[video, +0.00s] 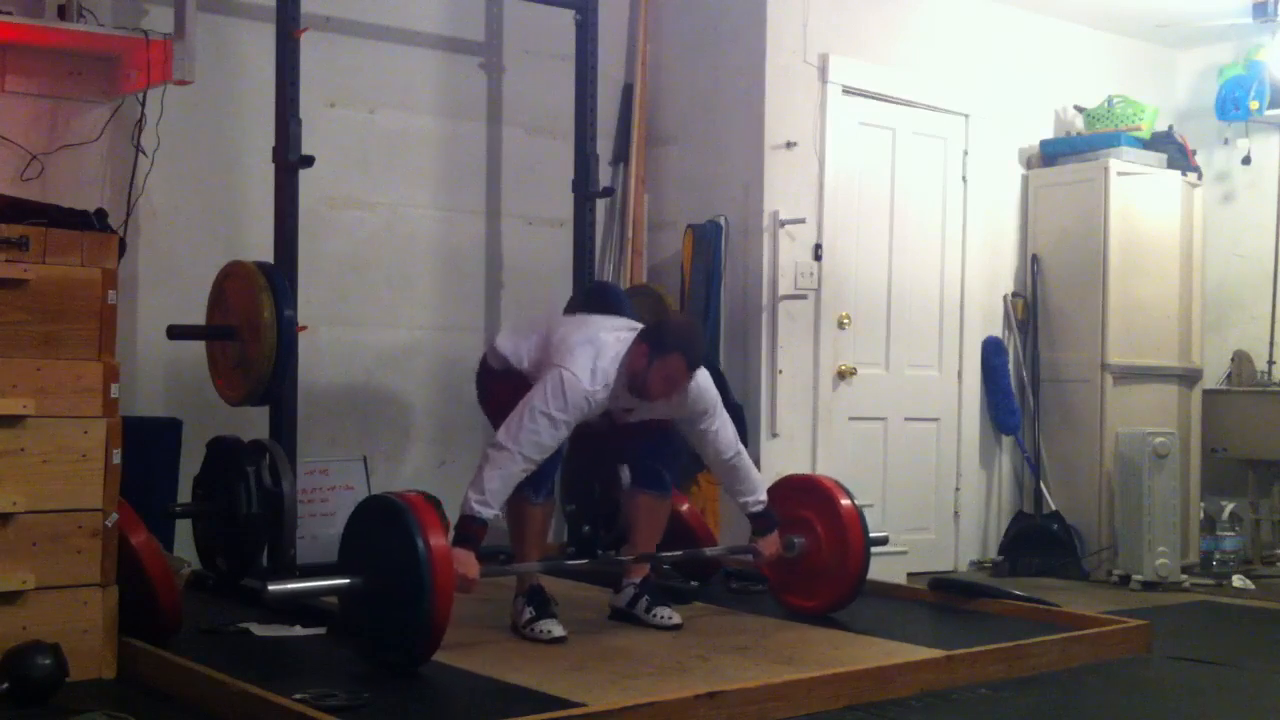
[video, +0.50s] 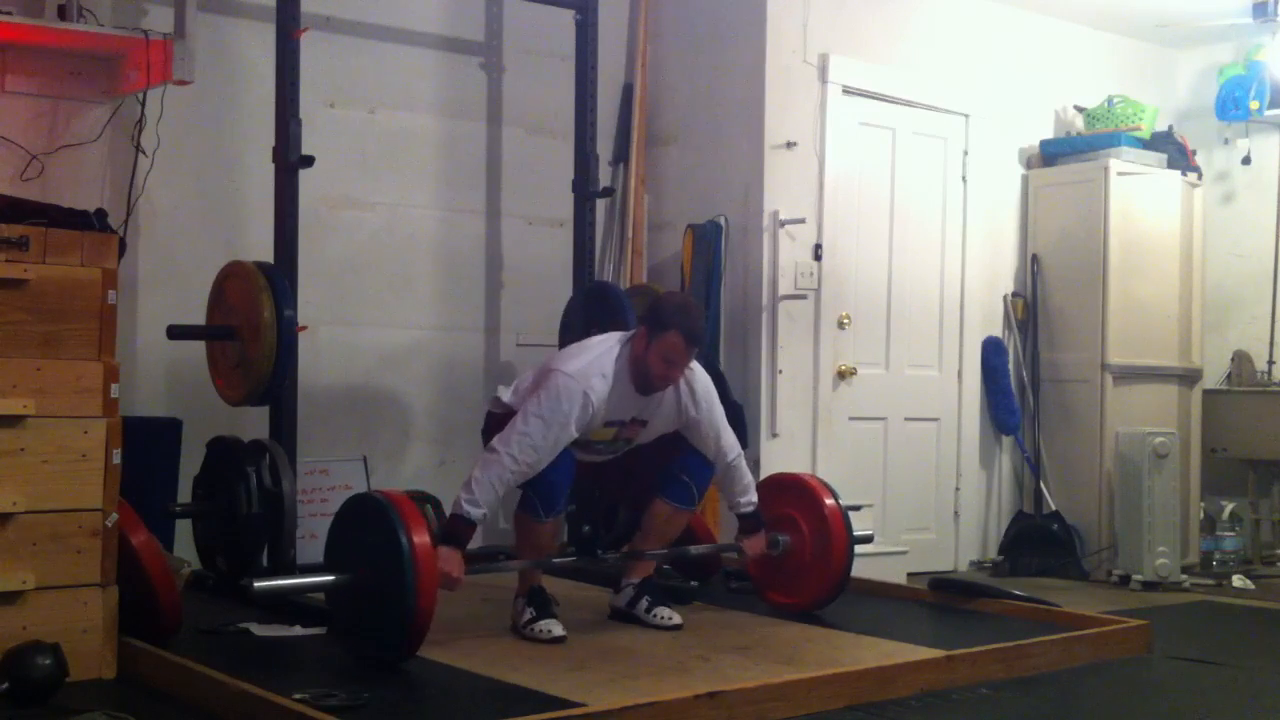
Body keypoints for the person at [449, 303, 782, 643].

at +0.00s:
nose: (672, 392)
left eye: (681, 383)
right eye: (668, 379)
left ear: (691, 376)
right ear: (641, 355)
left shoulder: (692, 387)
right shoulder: (581, 374)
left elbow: (728, 452)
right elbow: (511, 449)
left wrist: (766, 526)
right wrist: (466, 540)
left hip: (589, 399)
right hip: (513, 376)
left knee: (659, 452)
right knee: (540, 456)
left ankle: (633, 589)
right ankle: (529, 595)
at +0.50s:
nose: (673, 376)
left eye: (683, 366)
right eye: (666, 362)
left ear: (693, 358)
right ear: (640, 339)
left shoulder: (691, 383)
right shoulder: (580, 378)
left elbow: (726, 450)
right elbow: (509, 453)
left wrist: (751, 523)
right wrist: (454, 537)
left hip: (604, 446)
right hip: (526, 431)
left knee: (695, 459)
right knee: (554, 470)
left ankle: (633, 587)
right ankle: (530, 596)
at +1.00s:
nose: (678, 377)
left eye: (687, 366)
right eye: (670, 363)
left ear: (697, 359)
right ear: (643, 342)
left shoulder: (696, 387)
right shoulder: (581, 378)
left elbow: (729, 454)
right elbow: (508, 454)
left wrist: (752, 525)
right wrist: (456, 540)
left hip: (601, 438)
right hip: (522, 420)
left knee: (694, 458)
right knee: (554, 464)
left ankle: (632, 590)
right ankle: (530, 597)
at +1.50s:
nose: (674, 385)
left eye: (683, 375)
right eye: (668, 370)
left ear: (694, 369)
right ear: (642, 346)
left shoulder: (690, 386)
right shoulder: (579, 377)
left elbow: (722, 451)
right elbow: (508, 450)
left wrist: (753, 524)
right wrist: (457, 537)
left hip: (591, 412)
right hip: (513, 390)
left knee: (672, 456)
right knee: (541, 463)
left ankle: (633, 589)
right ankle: (530, 597)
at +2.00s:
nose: (671, 374)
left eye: (679, 364)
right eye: (663, 361)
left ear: (690, 355)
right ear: (635, 340)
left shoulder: (690, 383)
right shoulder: (577, 380)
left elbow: (725, 453)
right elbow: (507, 454)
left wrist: (752, 525)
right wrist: (455, 539)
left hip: (603, 448)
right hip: (526, 435)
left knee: (690, 460)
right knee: (552, 468)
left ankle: (633, 589)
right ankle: (531, 597)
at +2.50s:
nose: (679, 332)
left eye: (686, 321)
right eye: (670, 318)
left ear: (694, 314)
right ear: (642, 303)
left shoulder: (687, 343)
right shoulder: (582, 335)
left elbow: (719, 413)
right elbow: (512, 409)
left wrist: (751, 484)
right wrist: (459, 496)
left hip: (608, 399)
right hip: (531, 389)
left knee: (675, 452)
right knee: (543, 454)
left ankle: (634, 588)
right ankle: (529, 596)